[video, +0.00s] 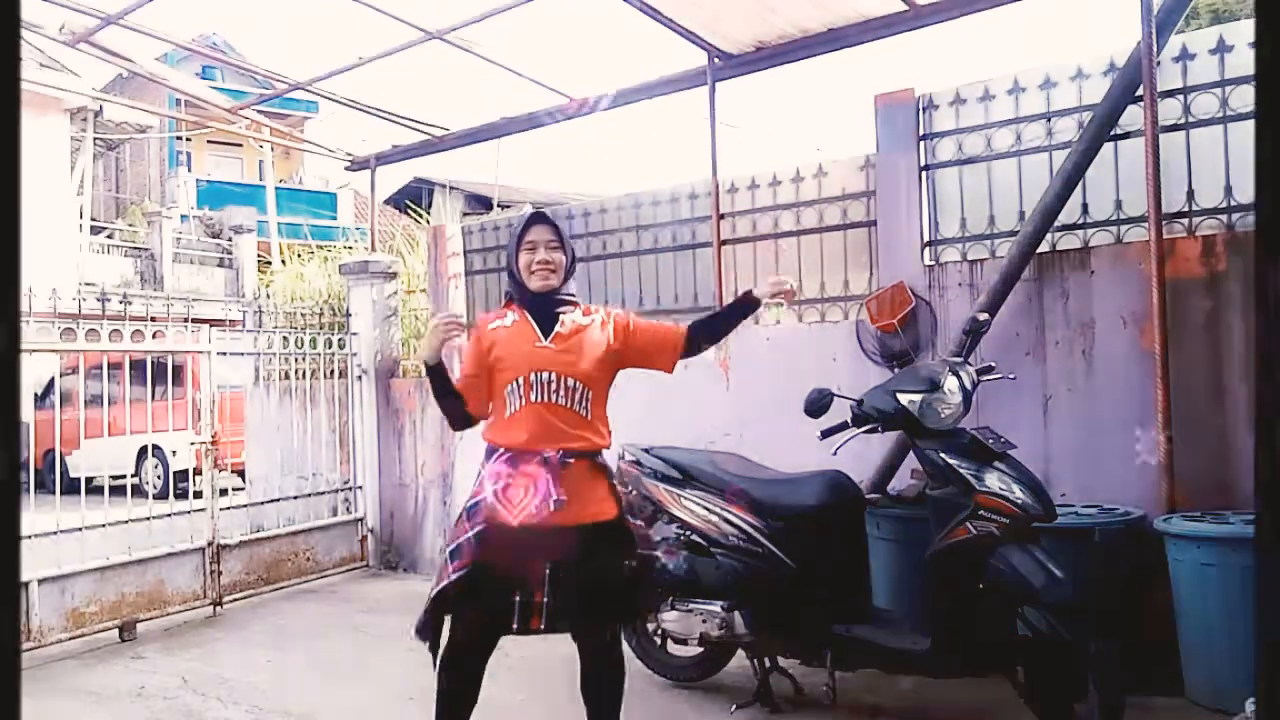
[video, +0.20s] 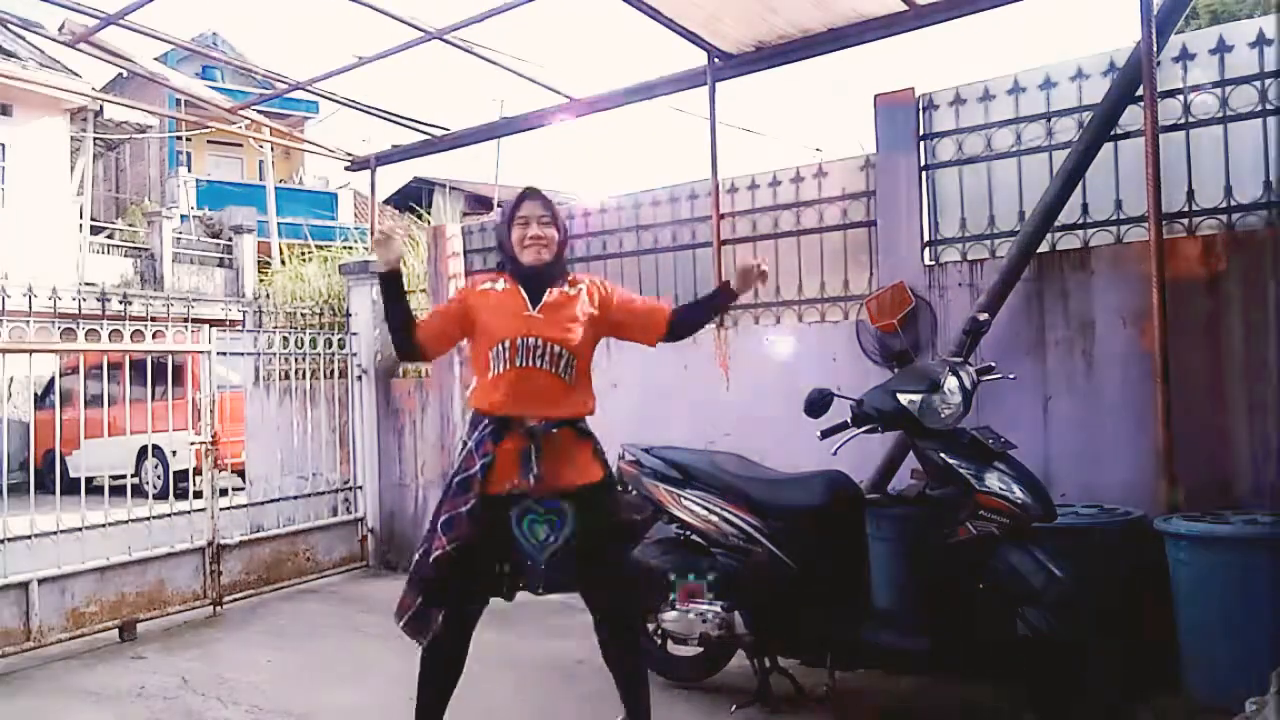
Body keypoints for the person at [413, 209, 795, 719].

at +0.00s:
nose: (542, 258)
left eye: (552, 247)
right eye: (530, 249)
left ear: (569, 258)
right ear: (513, 261)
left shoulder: (604, 325)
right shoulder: (489, 331)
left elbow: (687, 340)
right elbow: (462, 416)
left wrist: (753, 299)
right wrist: (433, 362)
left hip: (585, 503)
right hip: (504, 504)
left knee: (600, 642)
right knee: (466, 641)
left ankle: (603, 719)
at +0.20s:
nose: (535, 233)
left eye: (545, 223)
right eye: (523, 224)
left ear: (561, 234)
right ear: (507, 236)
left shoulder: (590, 295)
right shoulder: (477, 296)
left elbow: (669, 324)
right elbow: (412, 348)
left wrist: (731, 291)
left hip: (574, 465)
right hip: (491, 470)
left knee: (616, 607)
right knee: (453, 614)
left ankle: (639, 714)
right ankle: (426, 716)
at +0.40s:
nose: (536, 291)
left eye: (546, 282)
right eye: (524, 281)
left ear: (559, 295)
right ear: (504, 293)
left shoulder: (568, 372)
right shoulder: (478, 335)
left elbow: (580, 474)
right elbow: (423, 330)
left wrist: (602, 555)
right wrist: (481, 286)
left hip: (566, 534)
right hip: (494, 537)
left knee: (642, 643)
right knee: (442, 658)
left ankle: (662, 715)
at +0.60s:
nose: (560, 285)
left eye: (569, 275)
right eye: (548, 276)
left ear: (584, 287)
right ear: (532, 285)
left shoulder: (600, 354)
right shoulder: (506, 331)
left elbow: (610, 443)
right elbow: (476, 374)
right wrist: (469, 429)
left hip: (589, 503)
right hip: (512, 502)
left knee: (642, 631)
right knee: (452, 638)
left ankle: (663, 715)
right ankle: (427, 716)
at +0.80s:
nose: (583, 291)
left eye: (592, 281)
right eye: (571, 283)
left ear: (606, 289)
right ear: (554, 295)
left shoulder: (638, 334)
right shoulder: (540, 362)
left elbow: (712, 312)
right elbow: (509, 456)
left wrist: (677, 283)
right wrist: (469, 529)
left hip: (596, 520)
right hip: (522, 518)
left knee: (647, 639)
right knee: (460, 638)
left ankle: (662, 718)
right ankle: (424, 717)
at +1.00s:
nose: (556, 277)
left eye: (565, 267)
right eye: (544, 268)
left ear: (578, 274)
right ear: (523, 277)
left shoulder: (609, 331)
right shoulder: (498, 336)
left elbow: (668, 391)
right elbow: (447, 408)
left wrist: (716, 451)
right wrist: (432, 348)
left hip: (589, 510)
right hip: (507, 509)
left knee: (634, 637)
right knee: (453, 631)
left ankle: (654, 718)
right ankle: (422, 718)